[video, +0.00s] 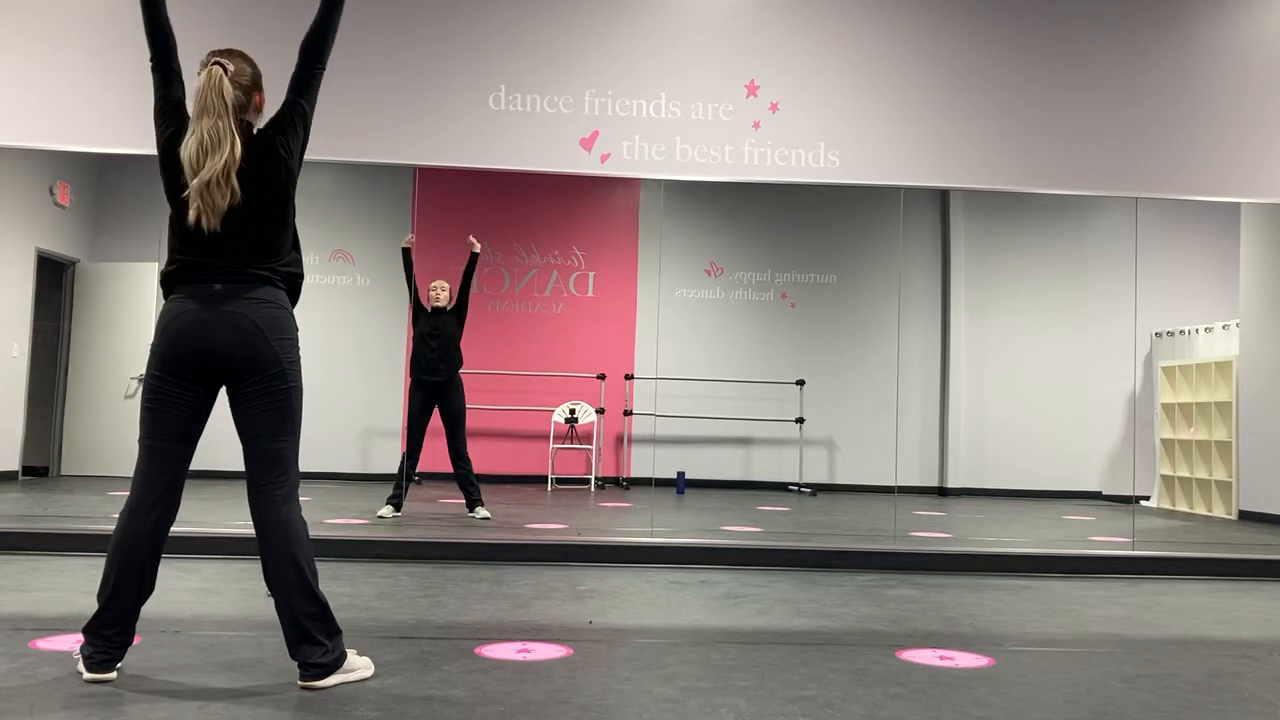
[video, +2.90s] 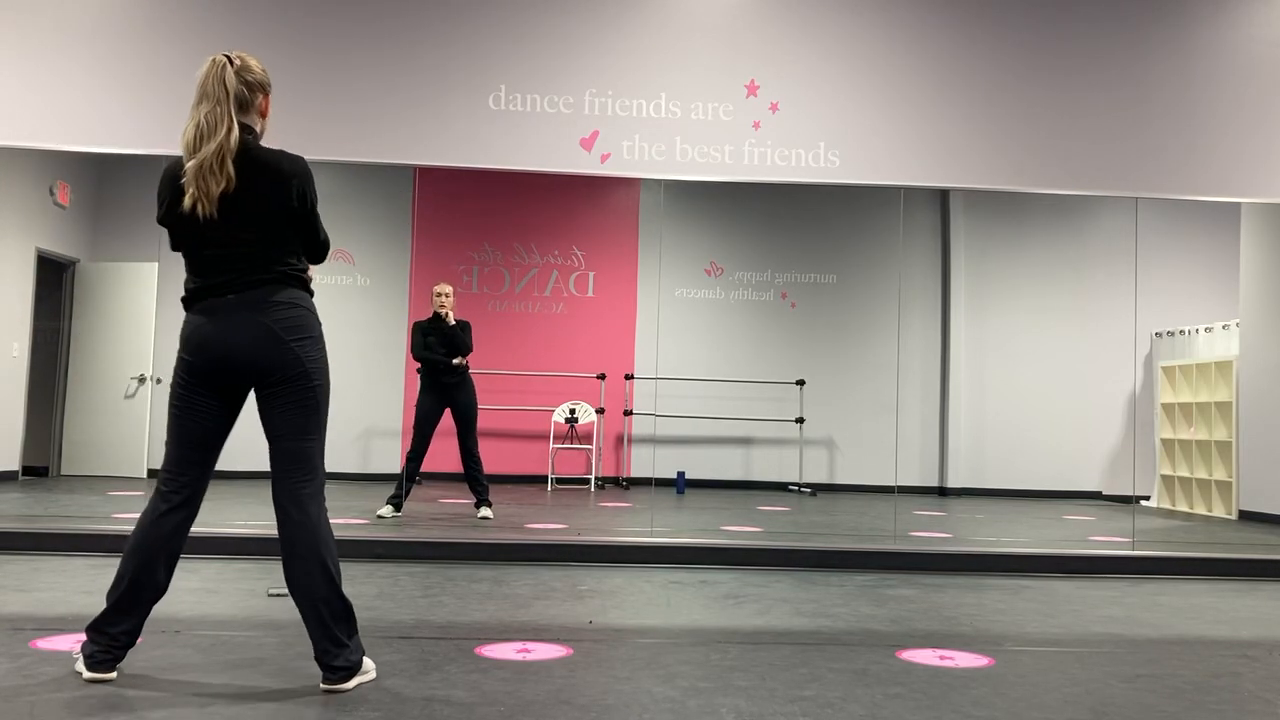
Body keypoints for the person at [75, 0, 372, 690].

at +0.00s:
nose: (264, 99)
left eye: (245, 84)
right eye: (261, 89)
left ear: (200, 94)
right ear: (256, 98)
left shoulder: (178, 146)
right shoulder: (277, 146)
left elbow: (163, 60)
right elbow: (312, 63)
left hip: (184, 319)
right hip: (262, 319)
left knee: (152, 487)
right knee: (275, 494)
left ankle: (102, 647)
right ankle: (318, 656)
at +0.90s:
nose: (266, 101)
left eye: (261, 91)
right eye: (263, 92)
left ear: (203, 98)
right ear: (253, 99)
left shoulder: (167, 156)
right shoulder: (285, 160)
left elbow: (77, 129)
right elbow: (371, 136)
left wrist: (2, 92)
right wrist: (455, 103)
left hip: (182, 318)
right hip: (261, 318)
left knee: (150, 491)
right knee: (275, 493)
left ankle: (101, 650)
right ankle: (319, 656)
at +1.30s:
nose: (263, 101)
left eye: (259, 93)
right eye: (261, 93)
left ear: (199, 99)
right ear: (251, 99)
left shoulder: (166, 167)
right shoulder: (280, 164)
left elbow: (80, 195)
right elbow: (370, 189)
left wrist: (4, 210)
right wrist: (463, 204)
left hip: (180, 321)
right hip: (259, 320)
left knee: (151, 489)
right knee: (275, 492)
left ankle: (102, 649)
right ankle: (319, 656)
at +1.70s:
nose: (262, 105)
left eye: (258, 94)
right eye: (260, 95)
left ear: (198, 96)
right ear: (250, 99)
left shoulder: (161, 170)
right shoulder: (280, 170)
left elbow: (110, 247)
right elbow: (341, 242)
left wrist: (46, 307)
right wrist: (407, 304)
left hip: (180, 325)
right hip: (261, 327)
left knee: (150, 489)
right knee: (274, 495)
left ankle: (102, 649)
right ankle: (318, 656)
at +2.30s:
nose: (258, 101)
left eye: (254, 91)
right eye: (256, 92)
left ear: (194, 94)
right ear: (246, 96)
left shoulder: (155, 166)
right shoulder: (278, 164)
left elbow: (143, 268)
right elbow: (293, 265)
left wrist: (124, 347)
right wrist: (299, 345)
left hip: (165, 327)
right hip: (252, 328)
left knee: (148, 490)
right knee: (271, 497)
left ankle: (102, 649)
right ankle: (317, 655)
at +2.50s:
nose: (256, 102)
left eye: (253, 92)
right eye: (254, 93)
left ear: (191, 94)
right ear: (245, 97)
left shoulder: (153, 164)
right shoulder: (276, 163)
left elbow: (147, 255)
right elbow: (297, 260)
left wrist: (176, 298)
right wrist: (256, 302)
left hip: (165, 323)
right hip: (249, 323)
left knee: (139, 488)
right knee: (280, 493)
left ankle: (97, 649)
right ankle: (321, 656)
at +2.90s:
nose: (272, 111)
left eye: (269, 100)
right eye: (269, 101)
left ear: (205, 102)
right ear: (256, 104)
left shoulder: (176, 176)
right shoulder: (288, 171)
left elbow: (186, 243)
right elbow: (317, 247)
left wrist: (268, 245)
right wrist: (307, 254)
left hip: (207, 328)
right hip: (285, 324)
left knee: (176, 490)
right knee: (300, 492)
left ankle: (103, 647)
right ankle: (339, 657)